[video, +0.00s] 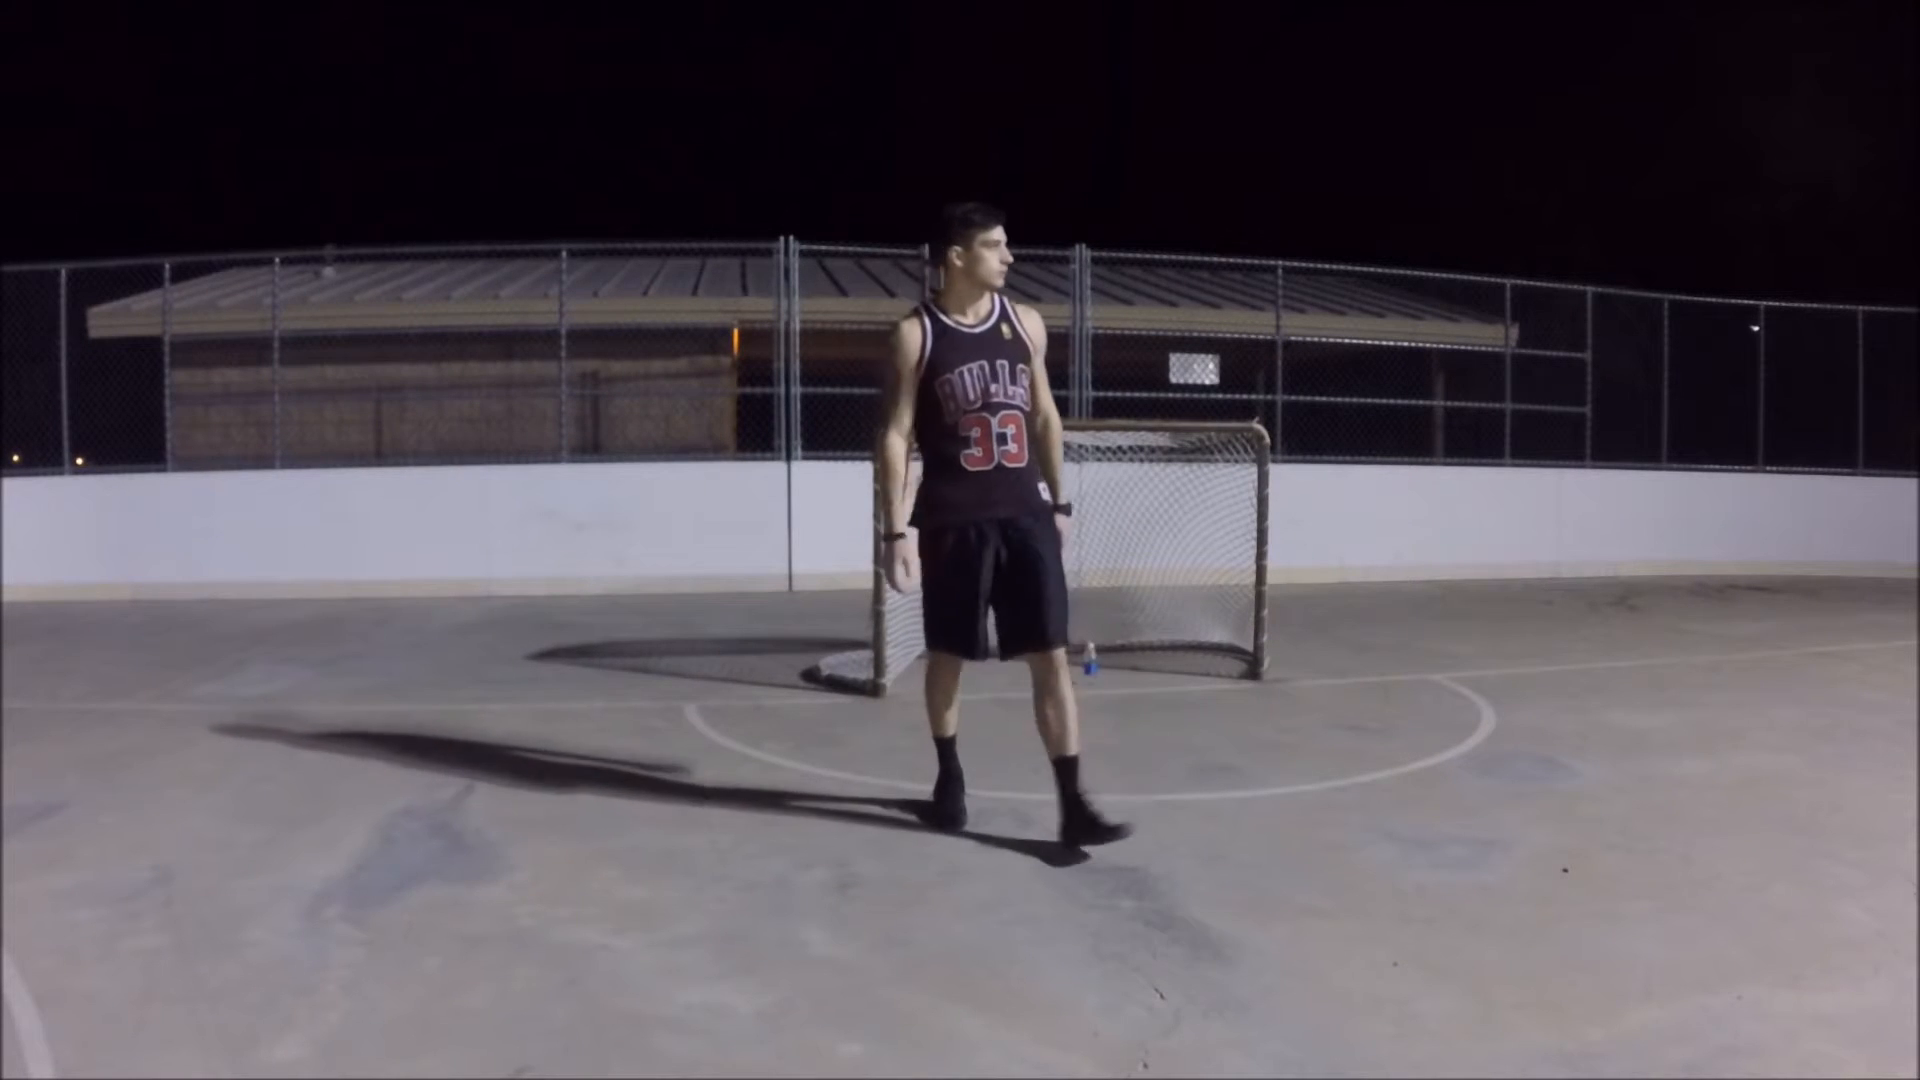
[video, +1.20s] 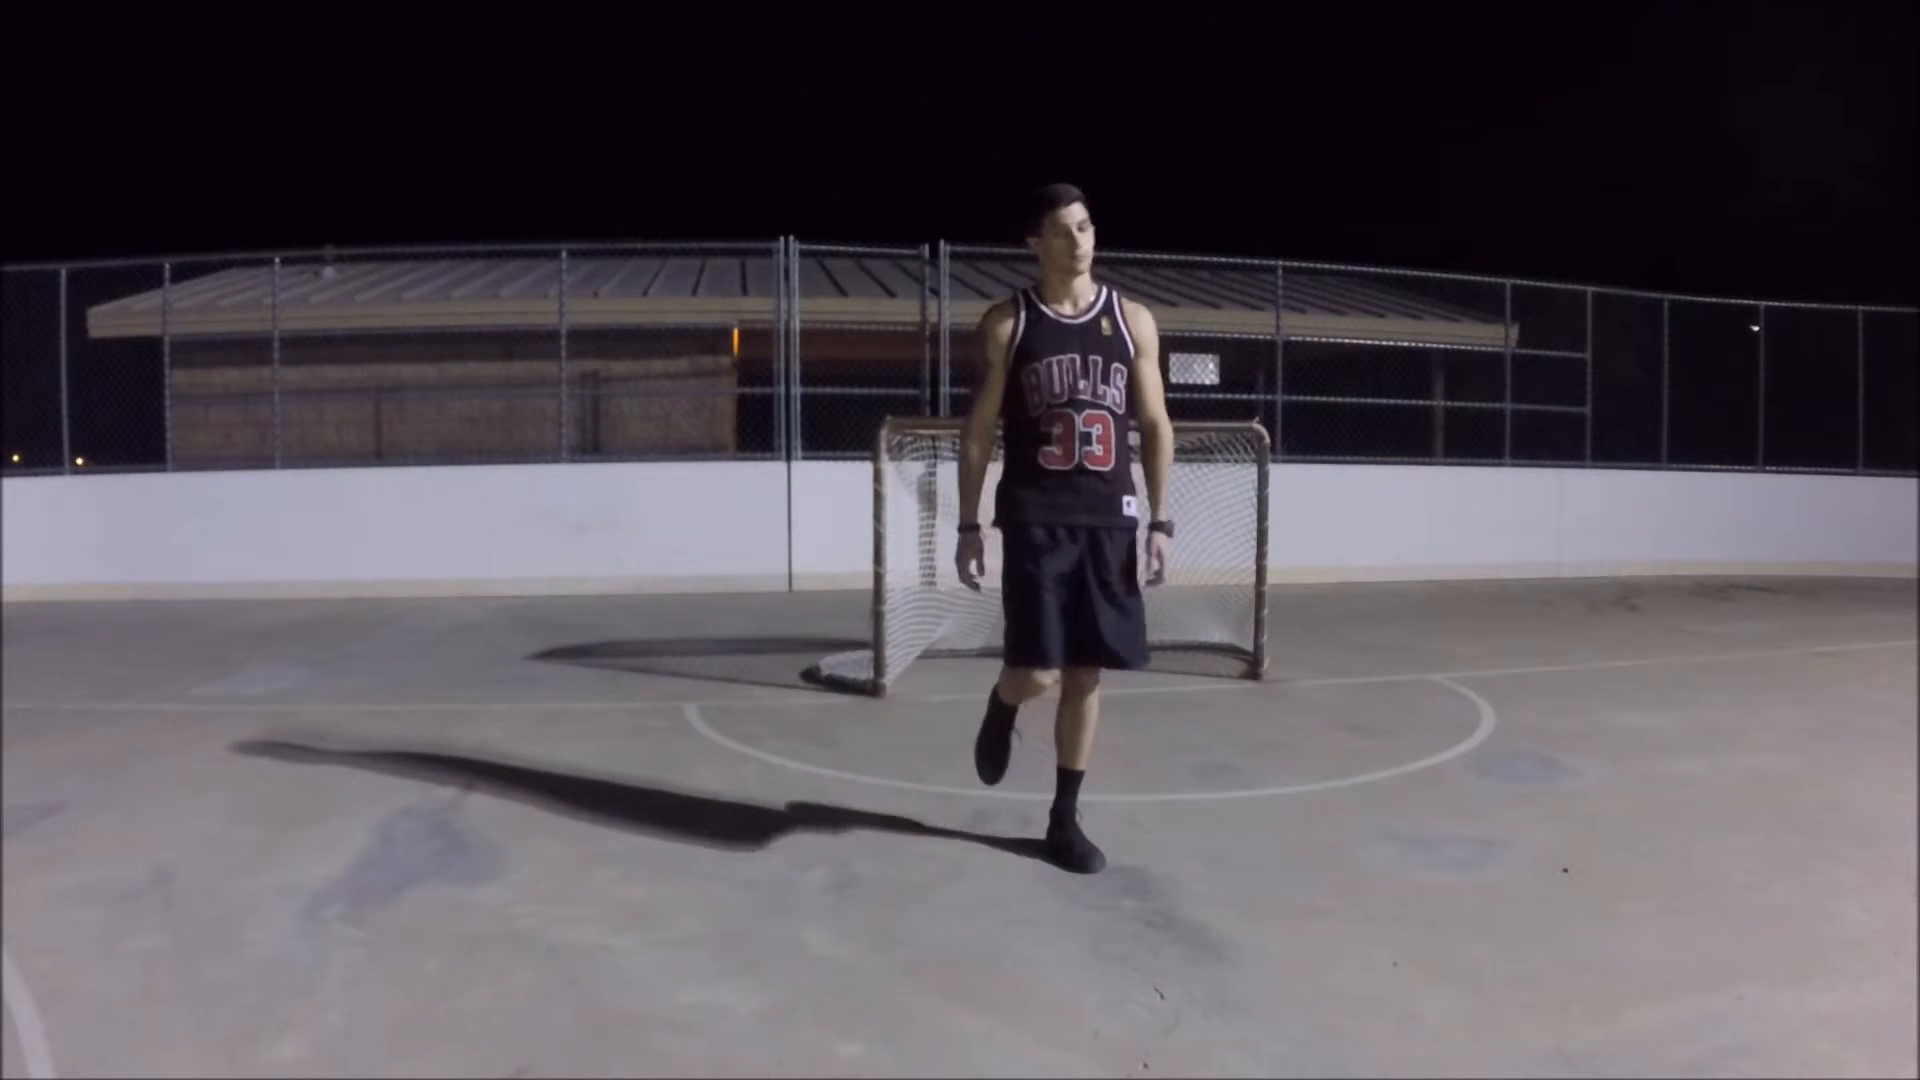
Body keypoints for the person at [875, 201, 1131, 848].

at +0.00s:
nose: (1007, 256)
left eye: (1006, 245)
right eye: (994, 246)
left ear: (994, 255)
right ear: (955, 257)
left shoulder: (1026, 322)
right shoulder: (917, 334)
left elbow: (1045, 413)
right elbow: (896, 433)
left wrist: (1059, 500)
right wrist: (895, 527)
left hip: (1025, 513)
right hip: (953, 519)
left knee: (1051, 654)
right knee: (946, 655)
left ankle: (1074, 805)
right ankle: (949, 778)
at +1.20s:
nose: (1079, 238)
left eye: (1085, 227)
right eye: (1065, 230)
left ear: (1096, 236)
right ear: (1036, 243)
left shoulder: (1134, 321)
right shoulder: (1009, 323)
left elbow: (1157, 425)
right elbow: (980, 428)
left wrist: (1158, 519)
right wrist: (970, 523)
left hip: (1110, 522)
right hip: (1035, 521)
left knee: (1086, 674)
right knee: (1037, 673)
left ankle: (1065, 821)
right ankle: (1003, 704)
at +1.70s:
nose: (1021, 234)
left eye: (1029, 222)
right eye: (1008, 228)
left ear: (1054, 232)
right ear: (996, 245)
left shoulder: (1100, 320)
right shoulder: (973, 320)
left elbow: (1126, 427)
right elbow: (951, 420)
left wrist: (1126, 521)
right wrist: (955, 503)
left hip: (1074, 525)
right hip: (993, 524)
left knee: (1068, 673)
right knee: (974, 670)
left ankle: (1063, 820)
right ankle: (953, 806)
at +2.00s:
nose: (957, 239)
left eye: (969, 227)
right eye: (949, 230)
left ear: (998, 237)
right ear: (941, 245)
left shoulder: (1039, 314)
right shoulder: (935, 321)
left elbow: (1062, 423)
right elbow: (915, 420)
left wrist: (1034, 520)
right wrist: (903, 505)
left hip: (1013, 518)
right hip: (943, 517)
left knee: (1032, 670)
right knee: (944, 667)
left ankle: (1053, 810)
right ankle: (949, 813)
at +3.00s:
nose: (986, 239)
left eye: (997, 226)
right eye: (975, 230)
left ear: (1023, 235)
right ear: (960, 244)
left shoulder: (1064, 318)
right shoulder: (942, 316)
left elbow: (1094, 421)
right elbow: (908, 406)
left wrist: (1095, 520)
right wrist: (888, 490)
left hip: (1026, 523)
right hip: (947, 516)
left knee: (1032, 664)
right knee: (913, 658)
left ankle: (1038, 803)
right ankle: (867, 786)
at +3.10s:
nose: (980, 251)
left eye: (992, 239)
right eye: (970, 242)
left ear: (1018, 246)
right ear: (958, 252)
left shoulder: (1058, 325)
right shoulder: (936, 322)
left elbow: (1097, 419)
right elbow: (872, 397)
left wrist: (1127, 505)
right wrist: (845, 478)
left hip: (1024, 531)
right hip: (943, 527)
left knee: (1035, 674)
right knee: (891, 664)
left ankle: (1040, 803)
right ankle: (828, 789)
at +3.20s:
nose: (973, 268)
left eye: (985, 257)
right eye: (963, 257)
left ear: (1007, 261)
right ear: (949, 262)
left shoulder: (1045, 332)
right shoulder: (920, 329)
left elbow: (1122, 395)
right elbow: (838, 372)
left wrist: (1187, 442)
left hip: (1017, 540)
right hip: (932, 538)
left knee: (1039, 682)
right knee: (869, 674)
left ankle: (1040, 805)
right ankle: (804, 788)